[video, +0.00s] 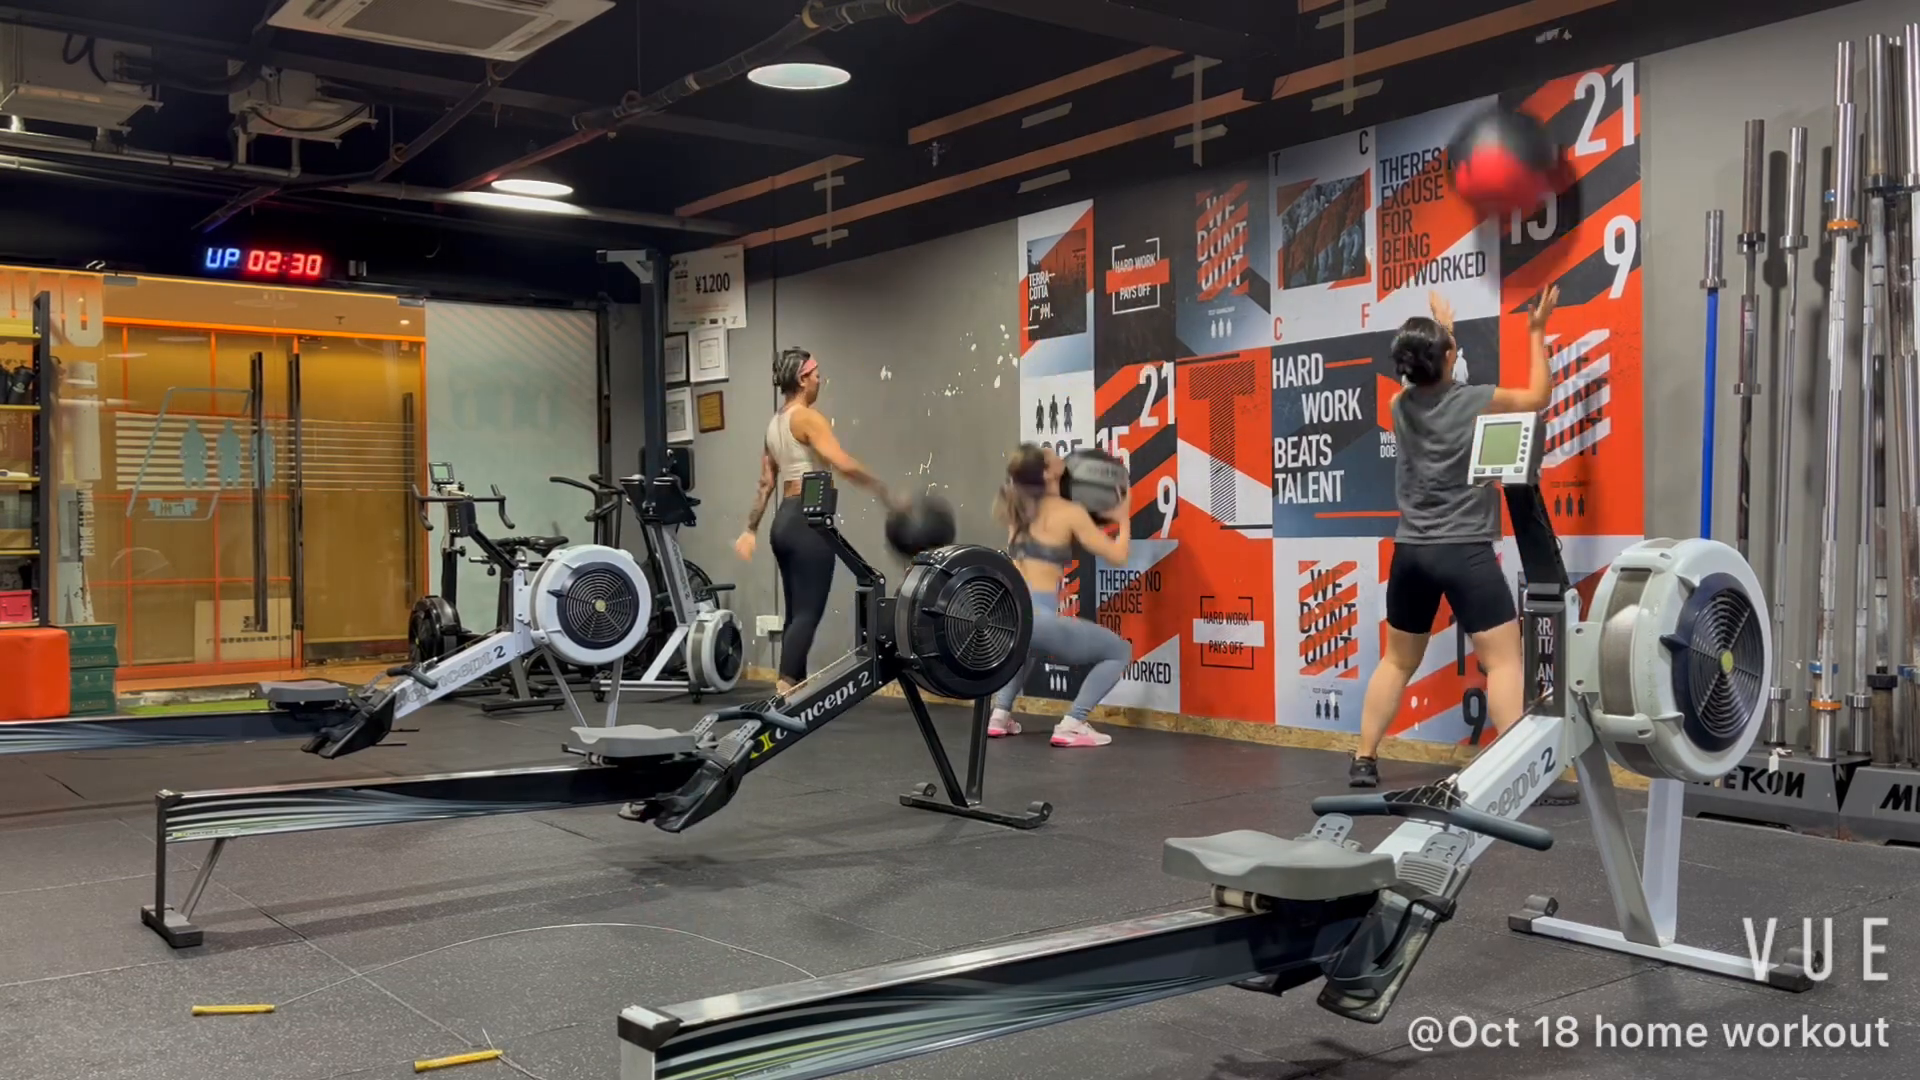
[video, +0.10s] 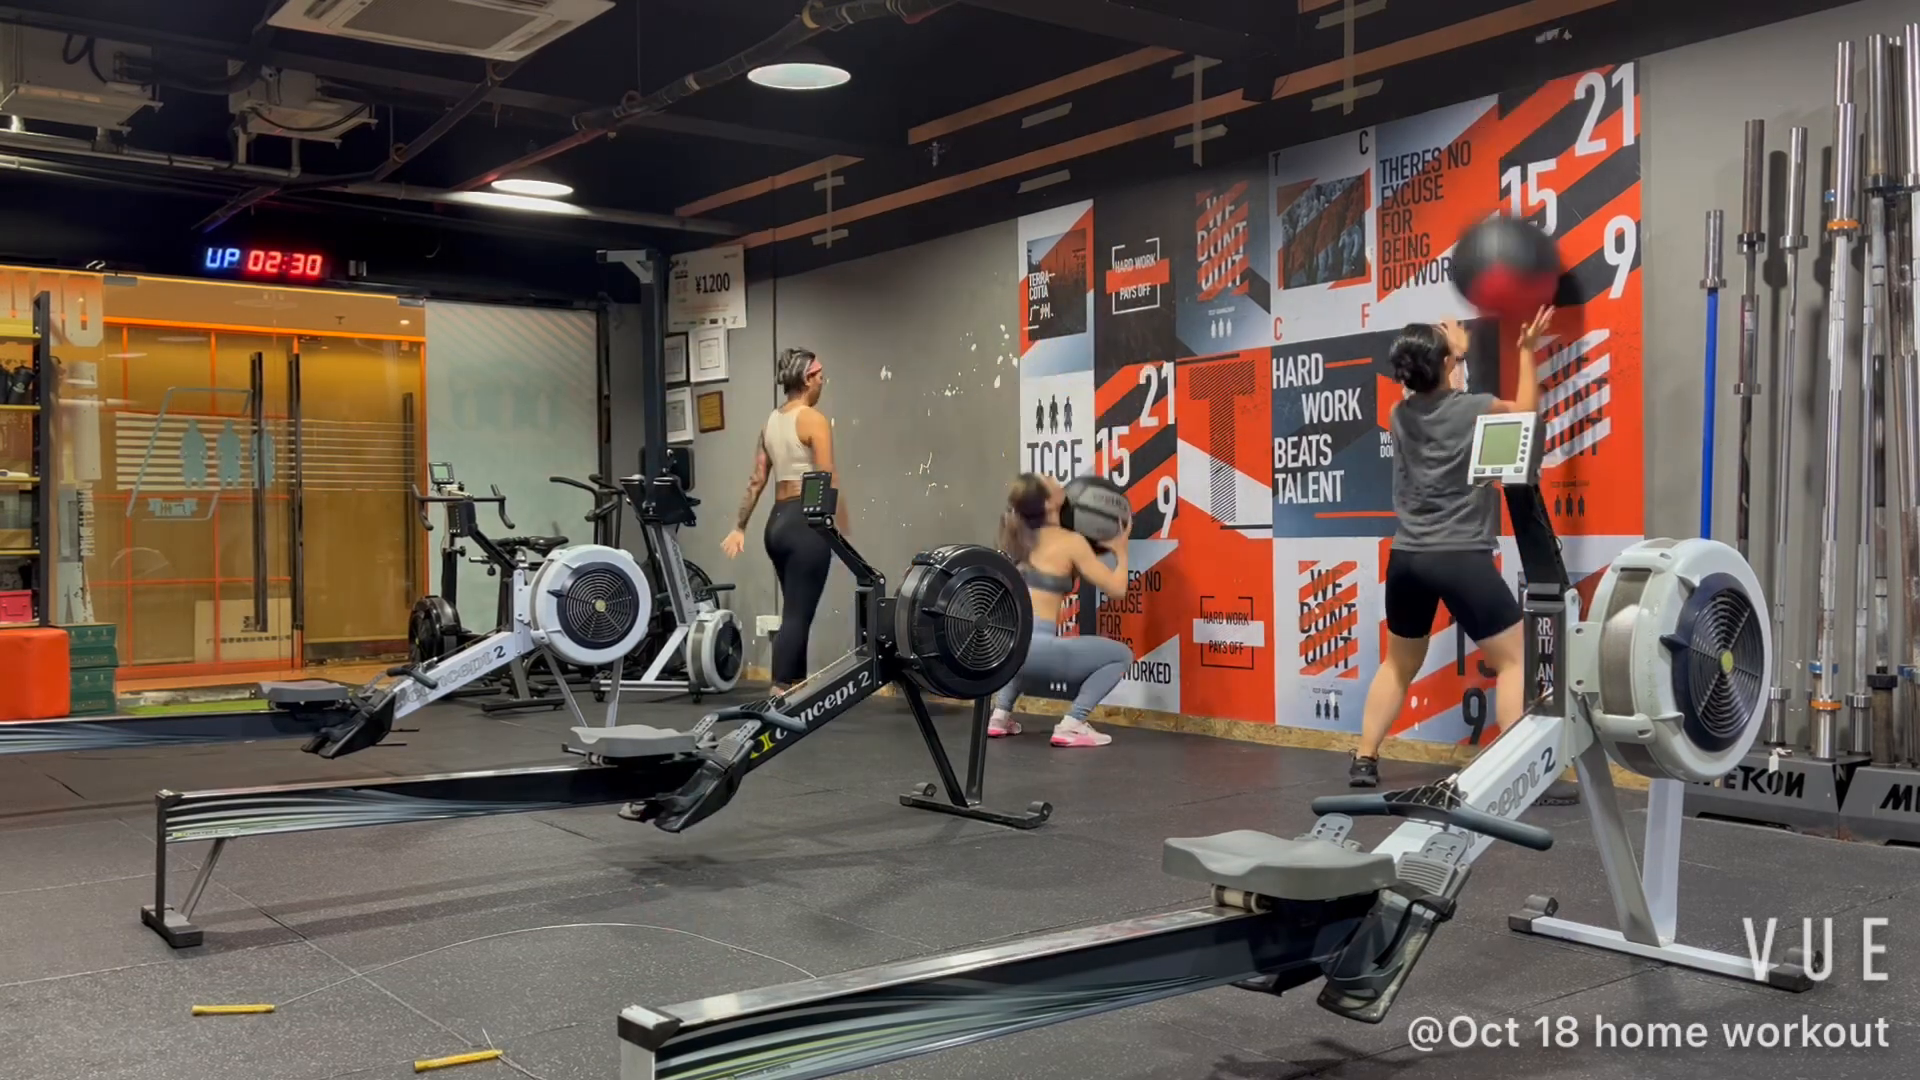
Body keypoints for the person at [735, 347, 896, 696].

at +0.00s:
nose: (820, 379)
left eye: (817, 372)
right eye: (815, 374)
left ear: (790, 381)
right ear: (802, 380)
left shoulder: (775, 425)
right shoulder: (809, 417)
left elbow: (766, 483)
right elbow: (845, 467)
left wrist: (750, 529)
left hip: (785, 520)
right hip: (808, 520)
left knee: (797, 612)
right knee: (808, 613)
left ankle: (798, 692)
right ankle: (784, 694)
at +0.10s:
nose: (822, 381)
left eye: (821, 374)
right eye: (818, 375)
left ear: (791, 381)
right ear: (806, 380)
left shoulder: (772, 423)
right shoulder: (815, 420)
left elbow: (757, 480)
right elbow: (828, 479)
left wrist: (739, 527)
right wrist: (842, 530)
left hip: (779, 517)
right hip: (807, 517)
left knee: (797, 612)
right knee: (797, 614)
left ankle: (798, 692)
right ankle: (779, 695)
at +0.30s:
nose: (826, 381)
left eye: (825, 374)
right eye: (825, 374)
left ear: (791, 376)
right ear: (817, 377)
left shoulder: (769, 416)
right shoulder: (816, 419)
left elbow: (752, 475)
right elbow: (815, 479)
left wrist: (741, 520)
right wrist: (827, 536)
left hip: (764, 514)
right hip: (798, 516)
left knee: (773, 609)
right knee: (790, 616)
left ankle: (777, 690)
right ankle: (777, 698)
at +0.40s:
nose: (823, 381)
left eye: (822, 374)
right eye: (821, 374)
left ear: (786, 375)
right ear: (812, 376)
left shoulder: (766, 415)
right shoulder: (813, 417)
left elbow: (753, 476)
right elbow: (816, 478)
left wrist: (746, 521)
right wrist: (832, 535)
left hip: (760, 511)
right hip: (793, 513)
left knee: (762, 608)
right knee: (786, 616)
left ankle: (749, 682)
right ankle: (777, 698)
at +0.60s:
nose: (812, 378)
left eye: (811, 371)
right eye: (810, 371)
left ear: (776, 375)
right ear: (799, 374)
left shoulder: (756, 415)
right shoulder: (802, 417)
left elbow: (755, 472)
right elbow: (818, 477)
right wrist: (848, 525)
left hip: (752, 513)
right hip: (787, 518)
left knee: (743, 608)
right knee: (784, 616)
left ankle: (705, 683)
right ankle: (777, 698)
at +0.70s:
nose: (805, 380)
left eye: (804, 372)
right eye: (803, 373)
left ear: (769, 375)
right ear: (795, 373)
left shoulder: (749, 414)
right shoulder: (798, 417)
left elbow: (745, 467)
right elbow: (813, 480)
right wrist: (848, 524)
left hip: (746, 517)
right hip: (785, 519)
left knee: (735, 613)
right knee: (782, 618)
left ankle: (708, 692)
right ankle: (777, 700)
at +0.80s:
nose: (799, 381)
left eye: (798, 374)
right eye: (796, 374)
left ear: (764, 377)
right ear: (783, 377)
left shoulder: (740, 417)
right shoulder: (789, 419)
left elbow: (736, 476)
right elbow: (806, 481)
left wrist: (760, 500)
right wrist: (844, 523)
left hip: (741, 519)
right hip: (781, 519)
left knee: (732, 616)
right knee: (782, 618)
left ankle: (713, 703)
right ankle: (777, 702)